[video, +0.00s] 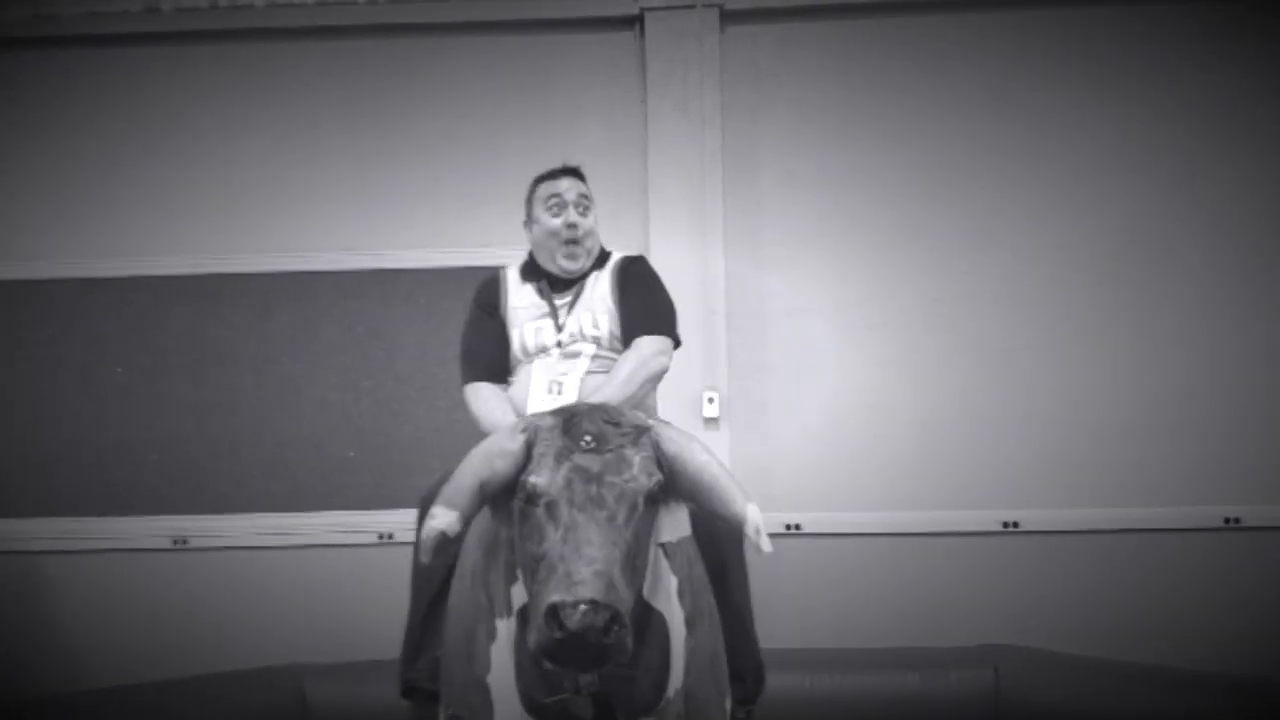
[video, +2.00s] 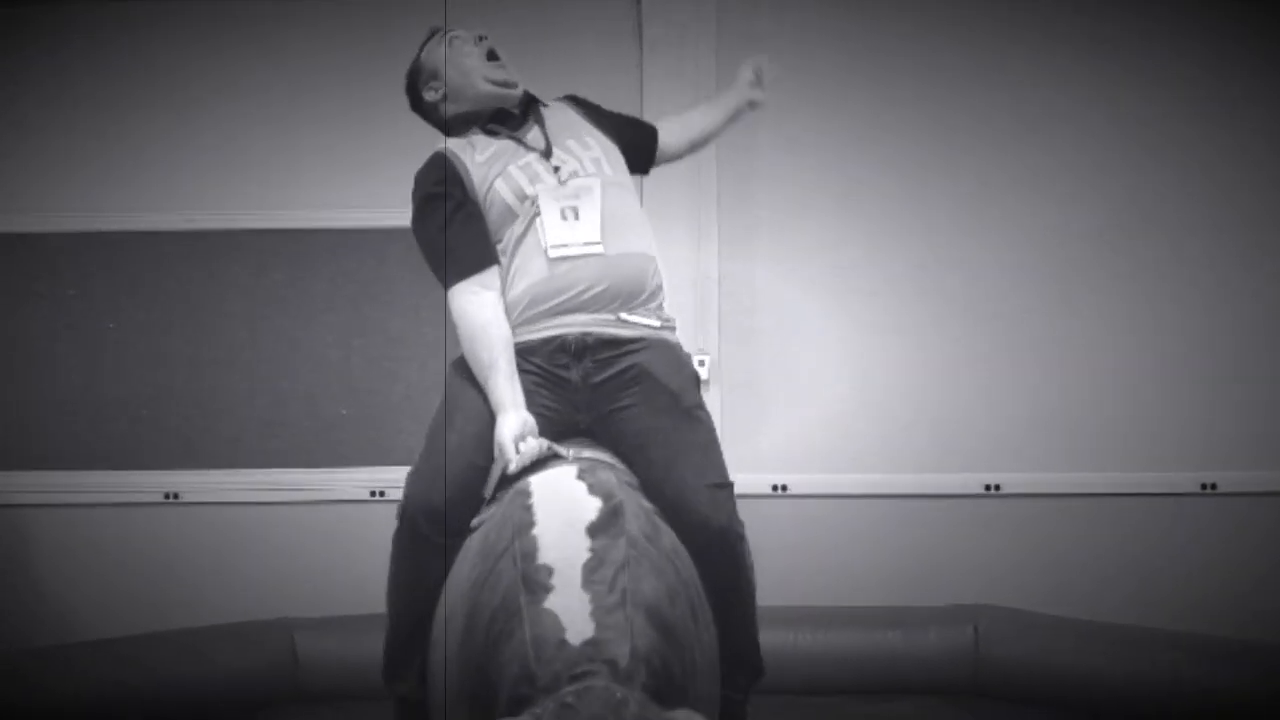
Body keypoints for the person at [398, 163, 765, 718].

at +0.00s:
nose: (572, 218)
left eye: (582, 206)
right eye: (555, 207)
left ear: (597, 221)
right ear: (529, 227)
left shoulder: (628, 272)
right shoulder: (500, 287)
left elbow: (654, 351)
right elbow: (479, 383)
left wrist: (595, 415)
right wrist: (521, 437)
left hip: (625, 422)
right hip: (528, 430)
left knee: (728, 511)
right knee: (441, 519)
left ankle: (742, 659)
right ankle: (420, 666)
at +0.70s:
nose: (545, 112)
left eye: (552, 100)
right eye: (525, 103)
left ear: (566, 116)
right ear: (496, 129)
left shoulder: (609, 178)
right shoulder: (472, 202)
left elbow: (666, 257)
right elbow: (468, 308)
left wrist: (630, 331)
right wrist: (502, 384)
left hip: (615, 363)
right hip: (508, 372)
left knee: (688, 480)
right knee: (432, 469)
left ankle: (716, 665)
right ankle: (420, 664)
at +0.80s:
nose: (536, 92)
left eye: (541, 80)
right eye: (515, 84)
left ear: (556, 94)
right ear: (485, 113)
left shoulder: (607, 158)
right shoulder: (468, 189)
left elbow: (686, 213)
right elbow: (470, 296)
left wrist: (700, 262)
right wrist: (503, 376)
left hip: (618, 352)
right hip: (510, 361)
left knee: (693, 481)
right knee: (433, 464)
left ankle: (719, 659)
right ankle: (418, 660)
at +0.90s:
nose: (535, 77)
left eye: (540, 64)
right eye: (513, 68)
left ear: (554, 81)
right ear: (480, 98)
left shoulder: (609, 144)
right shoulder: (468, 181)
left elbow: (693, 186)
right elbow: (474, 292)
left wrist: (744, 188)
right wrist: (510, 375)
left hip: (625, 345)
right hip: (519, 353)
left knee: (699, 479)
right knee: (436, 460)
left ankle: (722, 664)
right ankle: (419, 653)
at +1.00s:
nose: (533, 64)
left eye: (534, 51)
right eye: (509, 56)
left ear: (547, 65)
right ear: (474, 87)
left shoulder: (605, 132)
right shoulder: (466, 172)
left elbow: (699, 155)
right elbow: (474, 284)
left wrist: (765, 111)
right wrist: (508, 371)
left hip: (626, 339)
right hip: (519, 346)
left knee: (700, 476)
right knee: (434, 456)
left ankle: (725, 663)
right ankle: (418, 652)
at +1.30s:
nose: (529, 45)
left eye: (527, 35)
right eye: (505, 40)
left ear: (542, 55)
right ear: (473, 80)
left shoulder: (604, 111)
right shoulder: (469, 158)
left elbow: (685, 76)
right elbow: (485, 278)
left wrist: (717, 8)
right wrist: (514, 370)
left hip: (636, 328)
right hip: (525, 336)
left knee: (708, 474)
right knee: (438, 456)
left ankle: (730, 655)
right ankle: (421, 654)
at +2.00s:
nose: (494, 48)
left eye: (489, 44)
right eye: (471, 47)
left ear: (507, 67)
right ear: (438, 97)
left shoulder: (579, 116)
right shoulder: (446, 172)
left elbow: (661, 141)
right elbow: (474, 295)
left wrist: (740, 98)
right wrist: (510, 409)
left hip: (638, 353)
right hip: (514, 365)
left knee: (709, 518)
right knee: (428, 509)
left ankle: (735, 695)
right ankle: (411, 697)